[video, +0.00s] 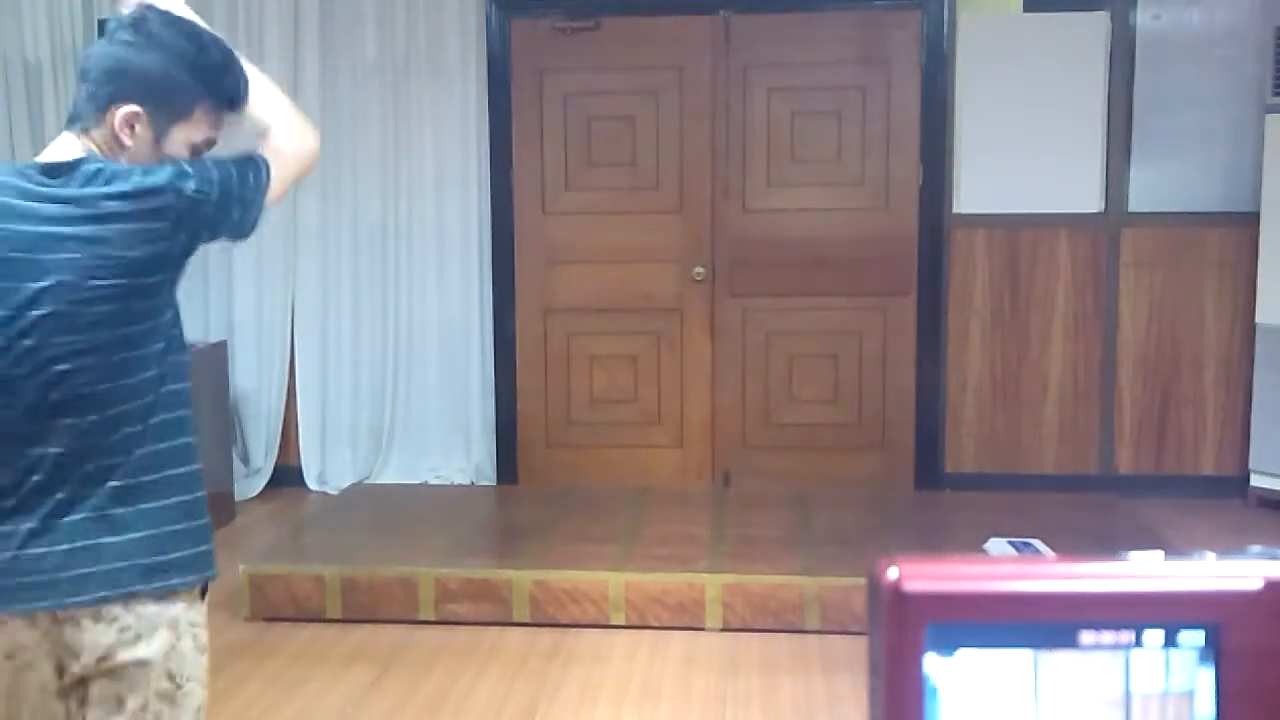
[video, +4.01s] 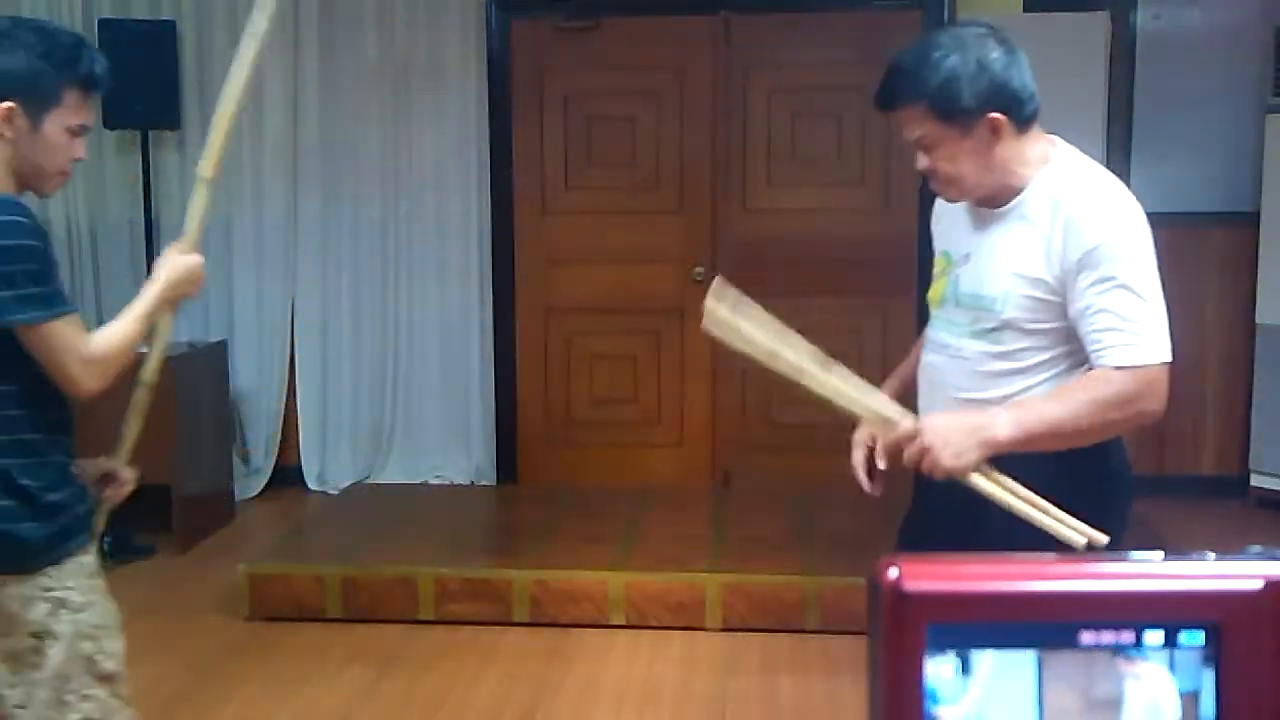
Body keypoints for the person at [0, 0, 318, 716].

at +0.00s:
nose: (198, 163)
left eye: (204, 147)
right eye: (194, 144)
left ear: (113, 124)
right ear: (127, 126)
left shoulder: (8, 194)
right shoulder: (156, 204)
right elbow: (296, 141)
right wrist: (202, 39)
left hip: (11, 574)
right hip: (136, 575)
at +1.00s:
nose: (369, 150)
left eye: (373, 132)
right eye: (354, 133)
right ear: (298, 131)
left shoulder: (229, 207)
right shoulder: (321, 215)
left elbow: (218, 335)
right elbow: (430, 301)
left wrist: (253, 413)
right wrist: (461, 273)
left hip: (255, 459)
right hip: (324, 467)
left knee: (301, 623)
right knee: (331, 652)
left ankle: (285, 708)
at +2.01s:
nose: (341, 160)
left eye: (352, 143)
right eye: (323, 143)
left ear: (364, 134)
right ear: (279, 135)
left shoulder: (349, 227)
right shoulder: (234, 221)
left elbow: (385, 331)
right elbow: (208, 347)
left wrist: (446, 407)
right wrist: (222, 462)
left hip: (340, 466)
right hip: (276, 469)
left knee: (329, 640)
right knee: (270, 656)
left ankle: (330, 717)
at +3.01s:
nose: (328, 154)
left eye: (337, 136)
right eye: (313, 133)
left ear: (341, 127)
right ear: (254, 118)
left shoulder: (311, 232)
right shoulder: (171, 216)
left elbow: (325, 361)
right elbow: (136, 361)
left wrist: (390, 451)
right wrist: (237, 466)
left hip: (301, 509)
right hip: (208, 522)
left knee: (314, 702)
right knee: (237, 708)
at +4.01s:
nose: (81, 153)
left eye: (86, 134)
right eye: (72, 132)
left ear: (15, 126)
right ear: (12, 122)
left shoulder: (12, 222)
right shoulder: (8, 223)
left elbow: (5, 408)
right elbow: (85, 372)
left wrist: (74, 473)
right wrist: (160, 290)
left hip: (30, 533)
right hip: (32, 539)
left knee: (47, 701)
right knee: (75, 704)